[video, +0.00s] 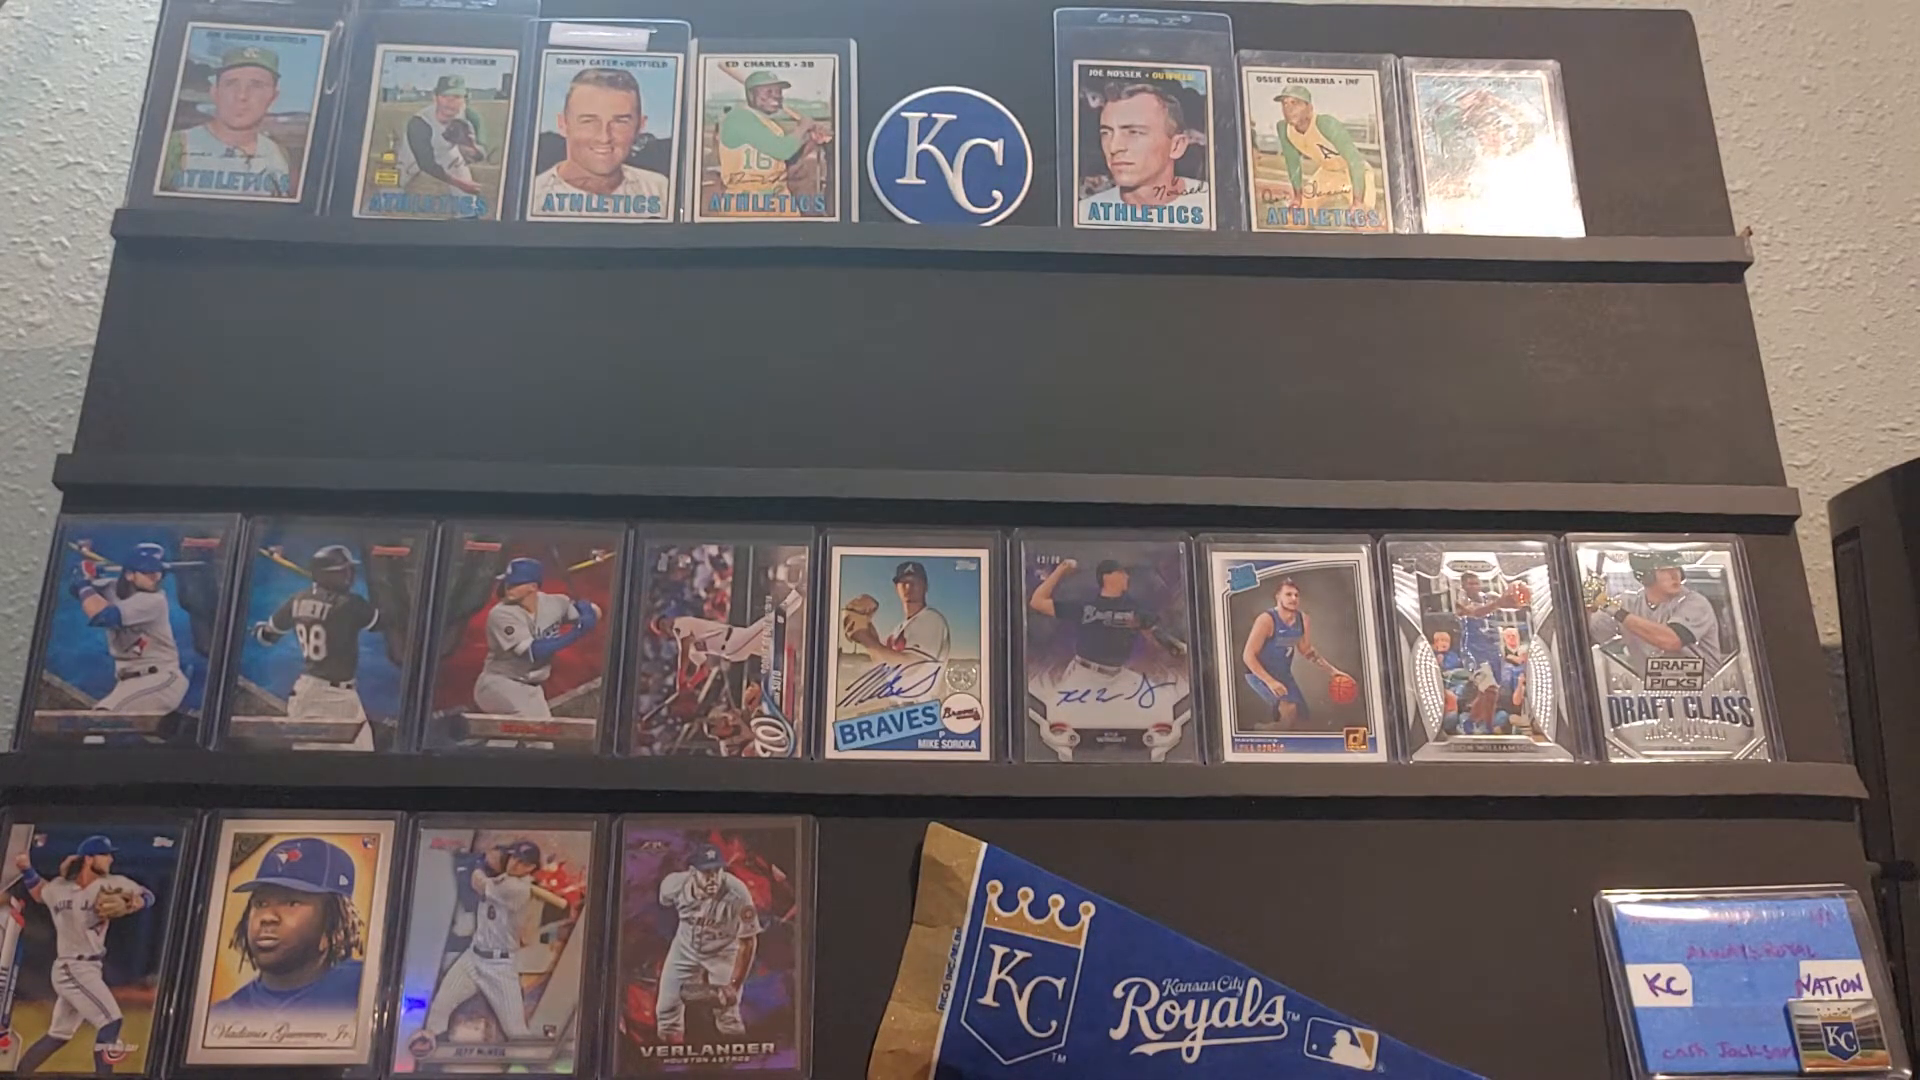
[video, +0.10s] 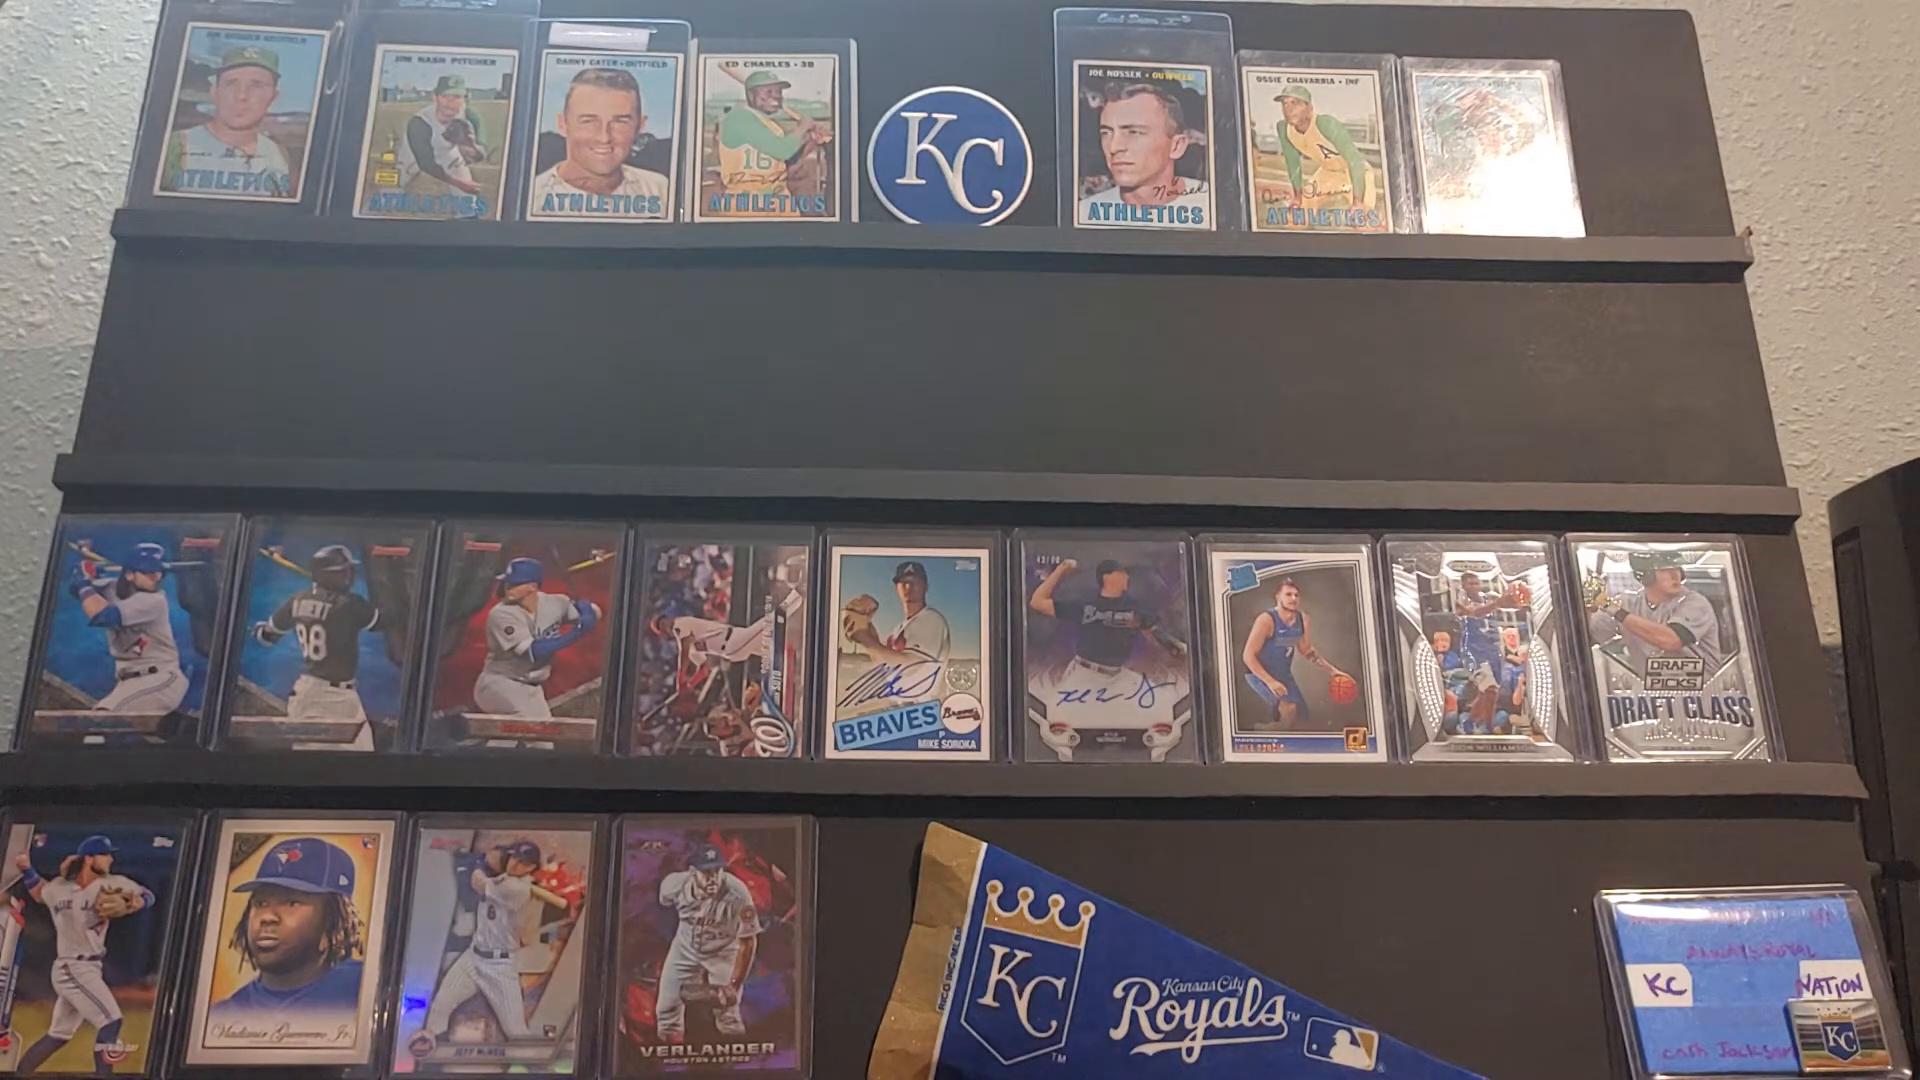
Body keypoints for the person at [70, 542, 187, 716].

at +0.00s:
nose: (156, 577)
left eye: (158, 571)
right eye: (148, 572)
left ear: (162, 573)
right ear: (130, 575)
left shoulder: (155, 601)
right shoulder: (114, 587)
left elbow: (104, 617)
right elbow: (78, 589)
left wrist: (83, 585)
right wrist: (87, 571)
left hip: (163, 679)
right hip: (129, 681)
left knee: (101, 717)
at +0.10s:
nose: (156, 577)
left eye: (158, 571)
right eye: (148, 572)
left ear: (162, 573)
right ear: (130, 575)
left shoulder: (155, 601)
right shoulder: (114, 587)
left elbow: (104, 617)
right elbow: (78, 589)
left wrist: (83, 585)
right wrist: (87, 571)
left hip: (163, 679)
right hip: (129, 681)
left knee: (101, 716)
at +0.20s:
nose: (156, 577)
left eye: (158, 571)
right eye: (148, 572)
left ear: (162, 573)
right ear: (130, 575)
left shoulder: (155, 601)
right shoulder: (114, 588)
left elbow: (104, 617)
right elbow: (79, 589)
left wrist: (83, 585)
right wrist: (87, 570)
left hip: (163, 679)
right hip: (129, 681)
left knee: (100, 717)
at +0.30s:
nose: (156, 577)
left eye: (158, 571)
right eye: (148, 572)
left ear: (162, 573)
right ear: (130, 575)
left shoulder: (155, 601)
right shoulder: (114, 588)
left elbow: (104, 617)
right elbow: (78, 589)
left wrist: (83, 585)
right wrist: (86, 569)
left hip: (163, 679)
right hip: (129, 681)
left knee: (100, 717)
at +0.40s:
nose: (156, 577)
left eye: (158, 571)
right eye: (148, 572)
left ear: (162, 573)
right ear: (130, 575)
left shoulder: (155, 601)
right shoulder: (114, 588)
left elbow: (104, 617)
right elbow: (78, 589)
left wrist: (83, 585)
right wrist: (87, 570)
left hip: (163, 679)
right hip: (129, 681)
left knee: (100, 717)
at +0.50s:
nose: (156, 577)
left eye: (158, 571)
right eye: (148, 572)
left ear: (162, 573)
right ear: (130, 575)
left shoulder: (155, 601)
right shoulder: (114, 588)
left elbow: (104, 617)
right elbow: (78, 589)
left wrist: (83, 585)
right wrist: (87, 570)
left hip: (163, 679)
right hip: (130, 681)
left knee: (100, 717)